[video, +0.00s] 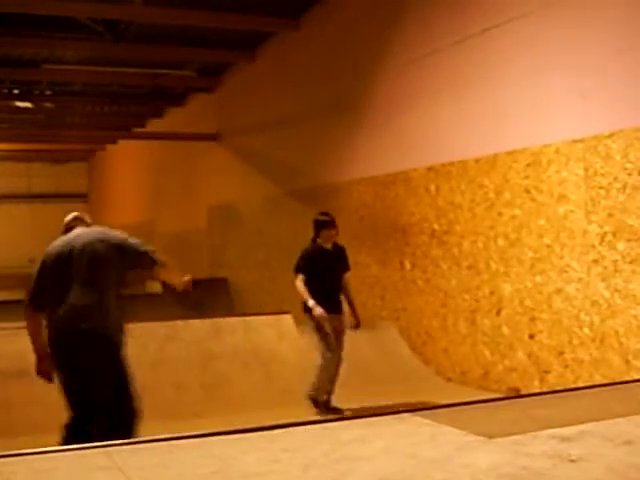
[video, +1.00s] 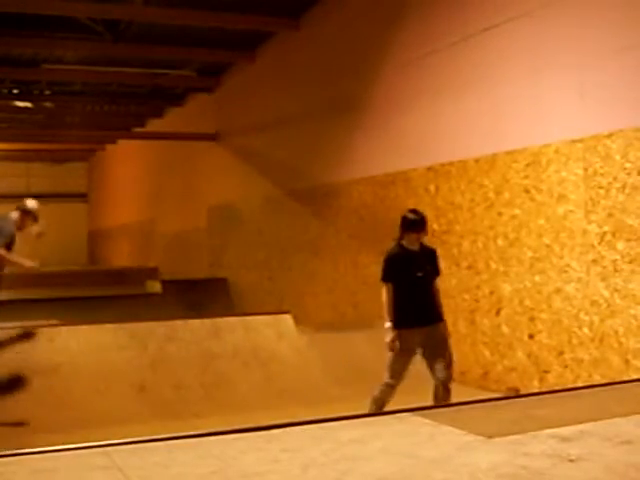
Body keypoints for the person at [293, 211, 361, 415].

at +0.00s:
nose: (333, 234)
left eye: (334, 229)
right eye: (329, 230)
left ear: (336, 231)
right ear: (319, 232)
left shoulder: (339, 252)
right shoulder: (309, 253)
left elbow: (344, 283)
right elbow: (299, 281)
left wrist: (354, 311)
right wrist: (313, 305)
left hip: (335, 307)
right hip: (317, 308)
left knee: (336, 352)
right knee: (330, 351)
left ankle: (326, 396)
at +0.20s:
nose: (346, 242)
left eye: (348, 238)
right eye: (342, 238)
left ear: (351, 238)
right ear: (333, 239)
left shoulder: (356, 257)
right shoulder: (324, 260)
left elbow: (362, 285)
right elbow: (313, 286)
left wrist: (374, 309)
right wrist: (314, 315)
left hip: (351, 314)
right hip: (334, 315)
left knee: (339, 358)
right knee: (347, 361)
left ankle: (324, 397)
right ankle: (358, 403)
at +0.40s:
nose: (359, 241)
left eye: (361, 236)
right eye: (354, 238)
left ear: (365, 236)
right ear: (346, 240)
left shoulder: (373, 256)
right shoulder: (340, 261)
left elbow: (380, 288)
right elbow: (334, 295)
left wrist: (388, 316)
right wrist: (339, 327)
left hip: (370, 316)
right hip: (352, 317)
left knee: (369, 364)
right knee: (365, 364)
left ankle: (340, 389)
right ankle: (369, 407)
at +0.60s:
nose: (373, 235)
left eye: (375, 229)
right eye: (368, 230)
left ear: (379, 229)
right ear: (360, 231)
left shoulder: (386, 248)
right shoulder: (353, 253)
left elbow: (391, 277)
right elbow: (351, 286)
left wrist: (396, 308)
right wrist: (359, 315)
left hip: (390, 315)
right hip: (368, 318)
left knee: (403, 360)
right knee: (370, 367)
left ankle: (385, 392)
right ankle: (370, 408)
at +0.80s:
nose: (393, 238)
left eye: (396, 233)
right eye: (389, 233)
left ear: (399, 233)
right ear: (379, 234)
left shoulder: (406, 253)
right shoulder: (371, 257)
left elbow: (410, 285)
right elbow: (362, 291)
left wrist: (414, 317)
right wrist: (376, 320)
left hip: (405, 321)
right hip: (380, 323)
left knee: (417, 372)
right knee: (372, 375)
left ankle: (430, 409)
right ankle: (369, 415)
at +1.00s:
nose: (419, 236)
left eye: (421, 231)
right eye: (415, 231)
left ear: (424, 231)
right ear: (405, 231)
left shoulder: (429, 254)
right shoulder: (394, 256)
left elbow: (434, 287)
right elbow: (387, 291)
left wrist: (441, 320)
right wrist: (389, 327)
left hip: (432, 324)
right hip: (406, 327)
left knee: (443, 377)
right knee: (392, 380)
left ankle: (441, 420)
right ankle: (370, 418)